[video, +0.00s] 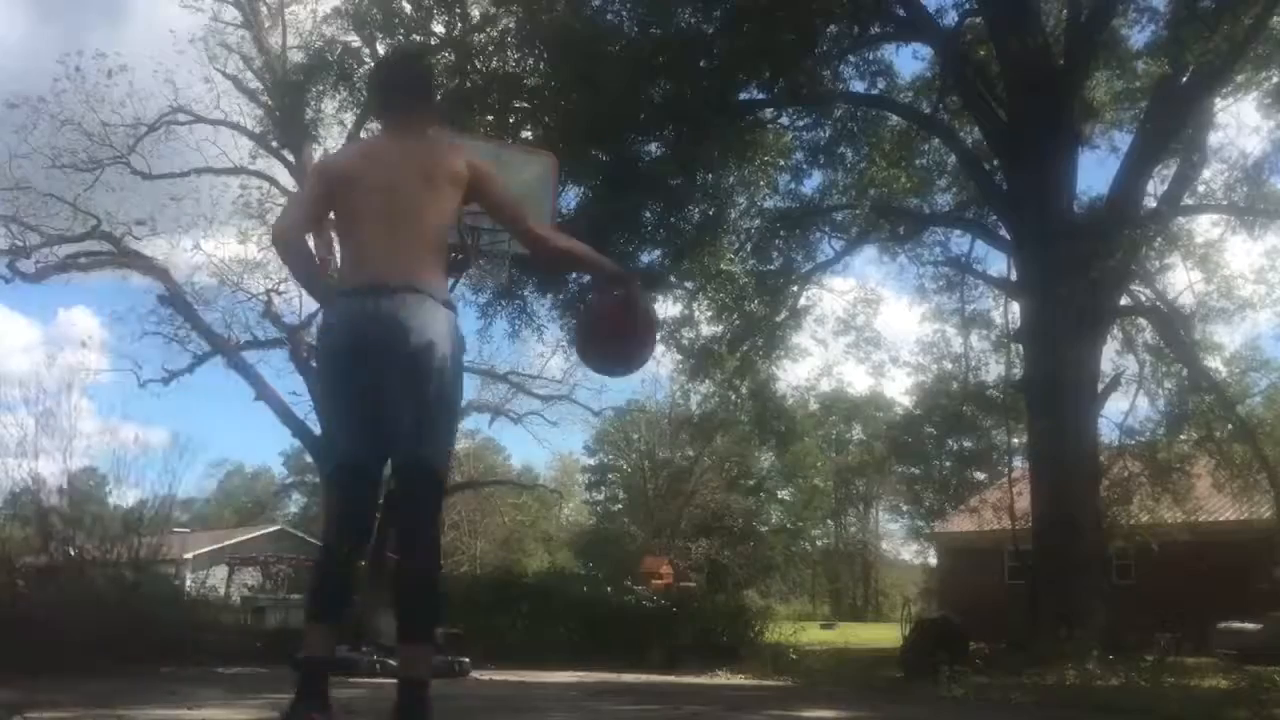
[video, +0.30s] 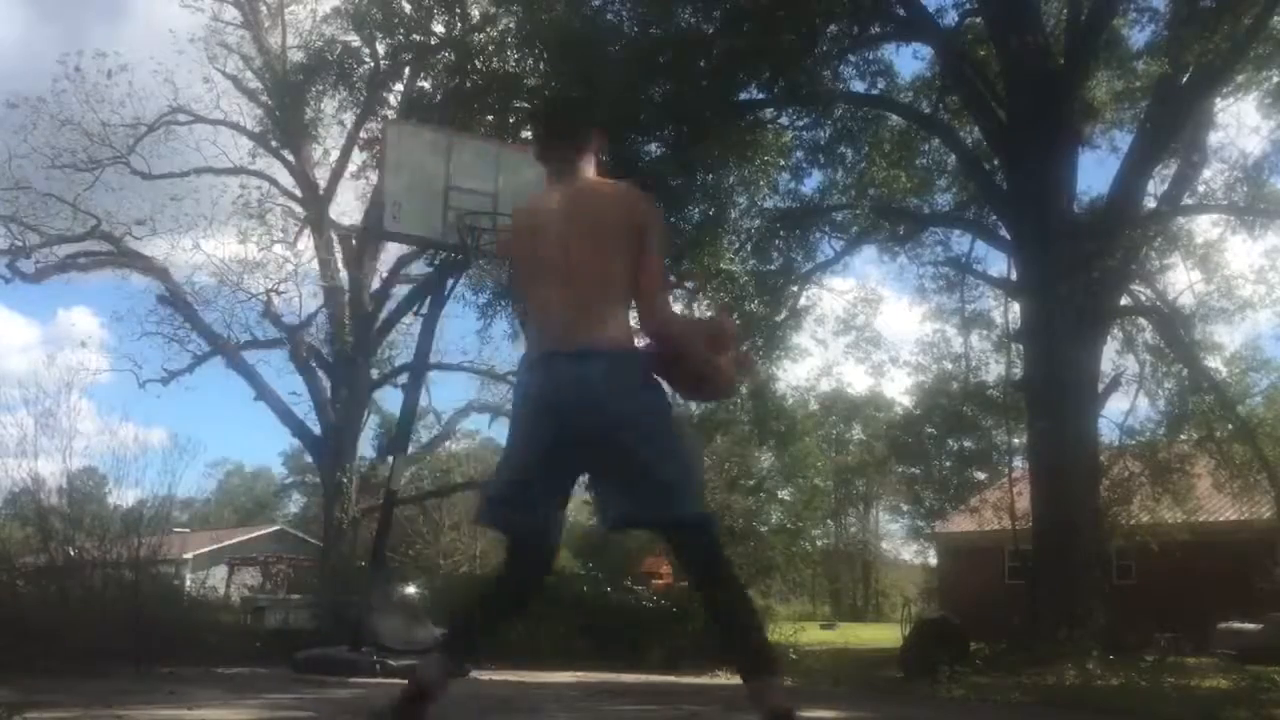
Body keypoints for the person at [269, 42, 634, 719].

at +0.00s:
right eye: (428, 99)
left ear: (374, 102)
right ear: (432, 100)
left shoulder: (335, 164)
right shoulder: (455, 157)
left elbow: (286, 234)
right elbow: (536, 236)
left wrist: (329, 297)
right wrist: (612, 268)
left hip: (346, 321)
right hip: (423, 323)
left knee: (344, 516)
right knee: (419, 512)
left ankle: (311, 691)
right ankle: (414, 694)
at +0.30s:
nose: (598, 158)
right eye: (601, 150)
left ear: (539, 154)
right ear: (597, 148)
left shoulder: (521, 220)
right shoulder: (633, 204)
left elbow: (541, 322)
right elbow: (655, 315)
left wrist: (661, 357)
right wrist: (702, 349)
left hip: (544, 392)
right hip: (620, 389)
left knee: (524, 565)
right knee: (696, 543)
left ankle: (434, 673)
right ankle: (766, 687)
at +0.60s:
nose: (783, 157)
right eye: (784, 147)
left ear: (729, 150)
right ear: (785, 151)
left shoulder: (687, 218)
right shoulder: (808, 216)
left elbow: (665, 267)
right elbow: (840, 314)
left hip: (696, 412)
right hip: (769, 410)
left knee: (784, 561)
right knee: (811, 562)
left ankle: (774, 689)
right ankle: (808, 702)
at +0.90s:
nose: (861, 4)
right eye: (857, 5)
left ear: (787, 8)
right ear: (840, 5)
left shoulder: (755, 48)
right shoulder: (863, 37)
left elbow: (721, 40)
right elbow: (879, 9)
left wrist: (735, 0)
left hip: (779, 249)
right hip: (854, 246)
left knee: (775, 434)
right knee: (864, 435)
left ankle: (754, 620)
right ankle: (852, 617)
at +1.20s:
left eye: (876, 71)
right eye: (914, 77)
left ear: (863, 84)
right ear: (920, 84)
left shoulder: (823, 149)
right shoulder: (940, 141)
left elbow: (796, 135)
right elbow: (918, 89)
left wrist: (796, 103)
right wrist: (899, 33)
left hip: (829, 355)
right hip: (907, 353)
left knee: (796, 527)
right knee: (925, 534)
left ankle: (748, 685)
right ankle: (945, 690)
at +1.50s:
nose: (906, 121)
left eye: (907, 111)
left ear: (911, 115)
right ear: (970, 119)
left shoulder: (872, 197)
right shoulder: (1005, 199)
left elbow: (860, 315)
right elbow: (1014, 310)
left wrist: (845, 408)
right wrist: (998, 388)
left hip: (894, 385)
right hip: (976, 389)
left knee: (863, 555)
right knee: (953, 563)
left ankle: (812, 699)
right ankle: (949, 704)